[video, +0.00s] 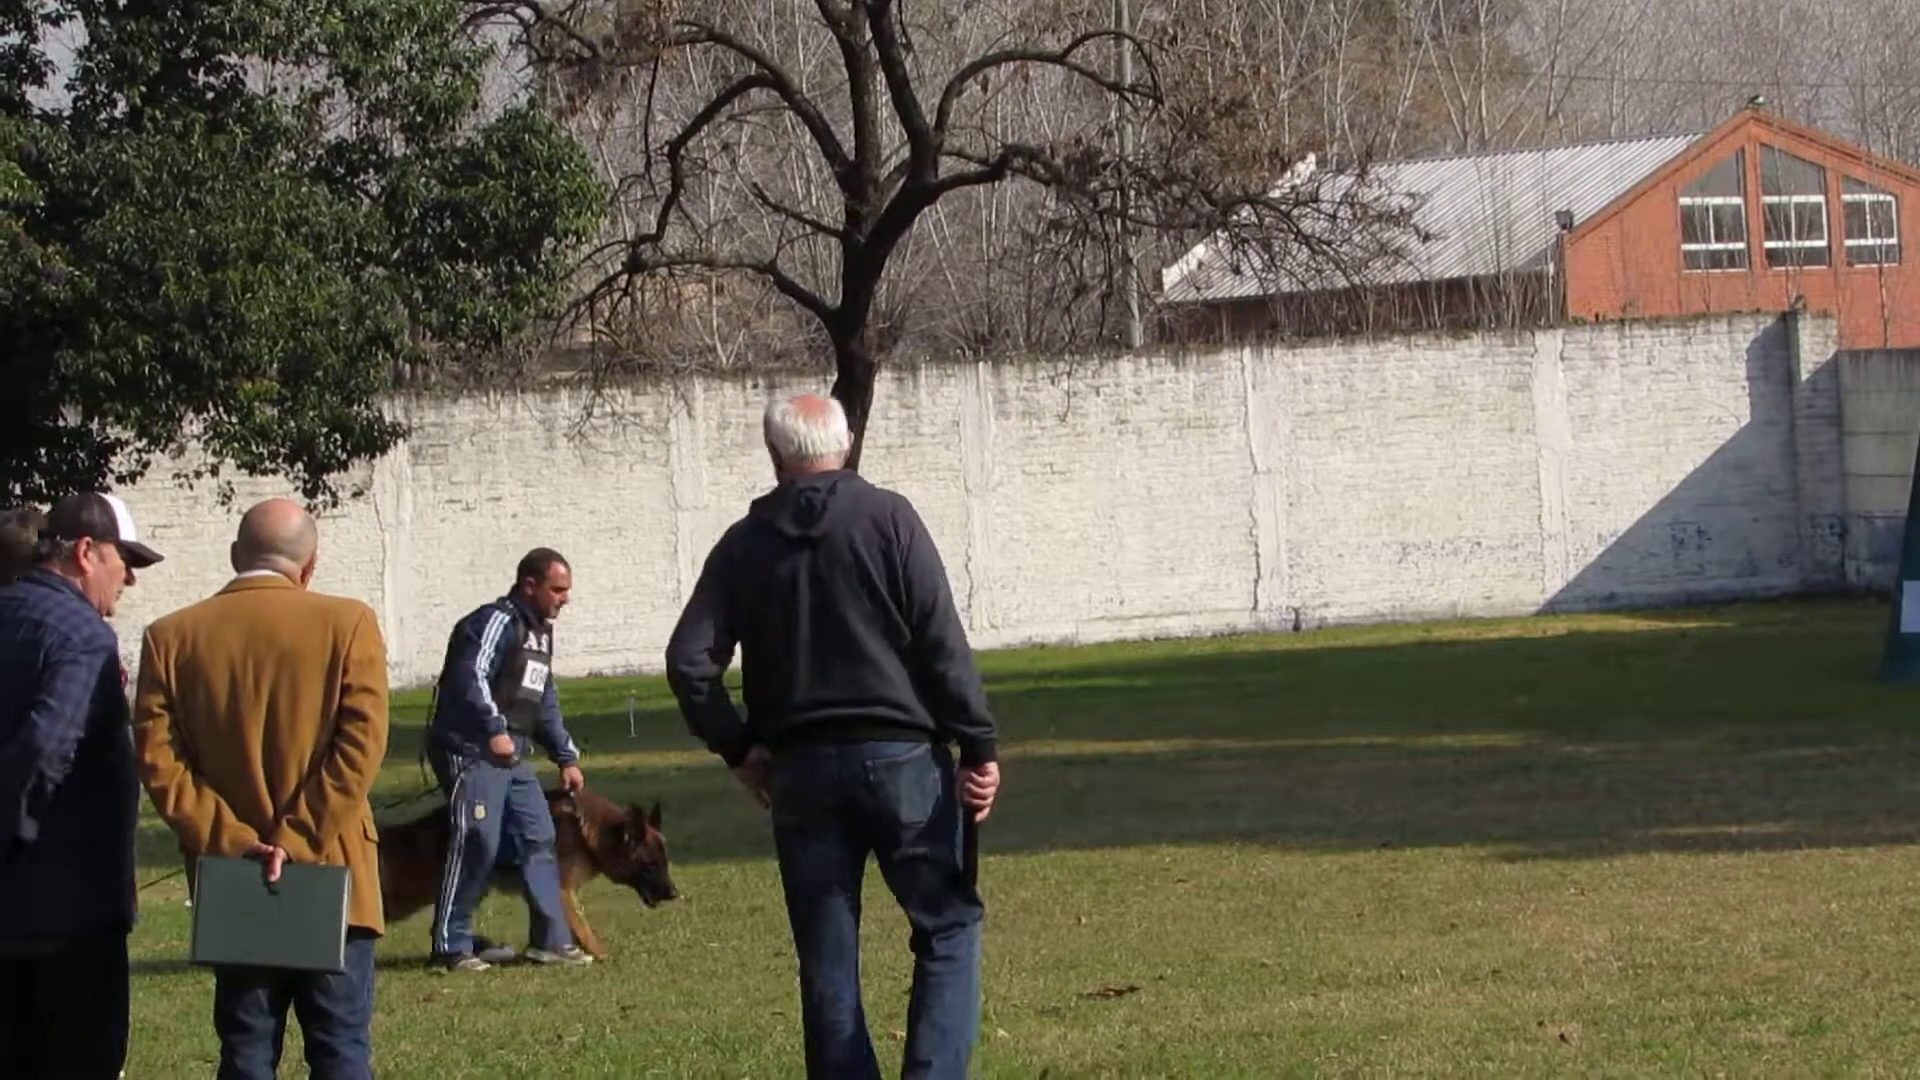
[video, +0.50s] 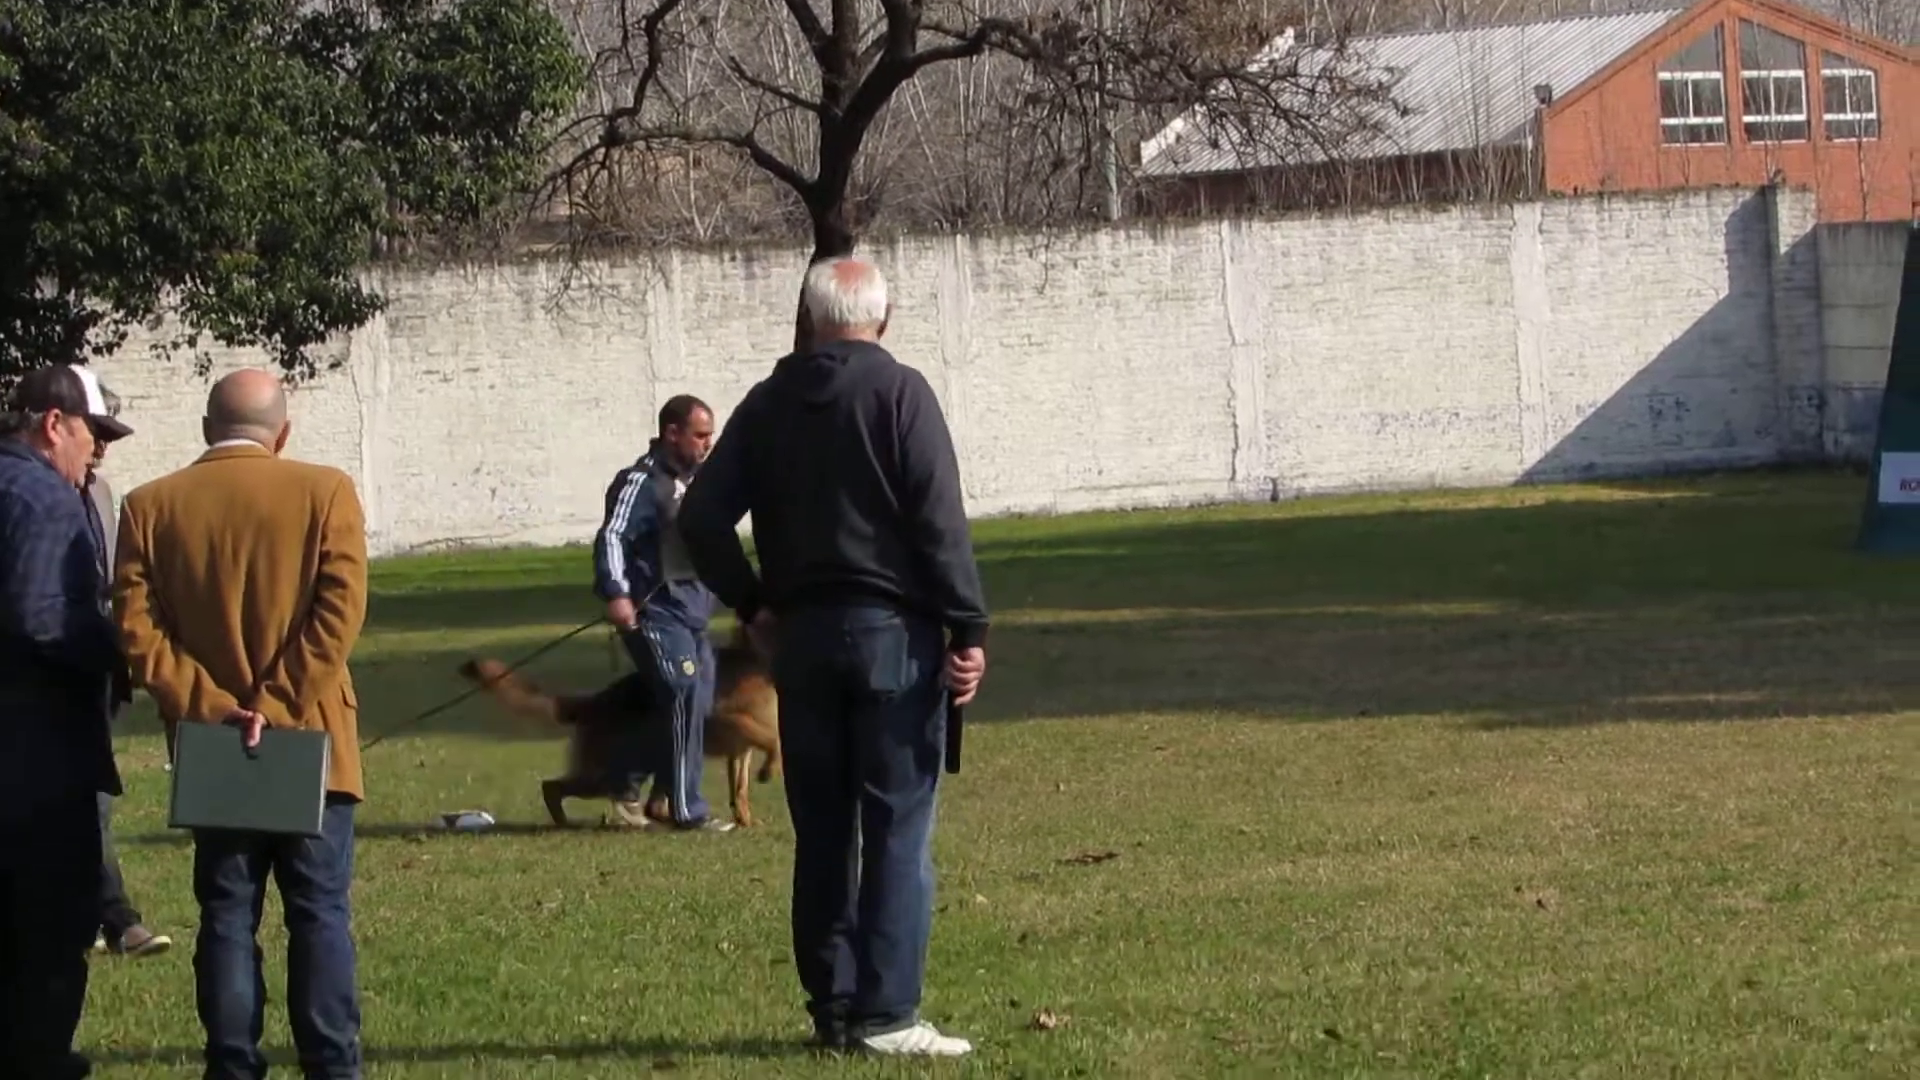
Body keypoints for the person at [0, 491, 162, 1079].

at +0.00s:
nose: (129, 580)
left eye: (131, 566)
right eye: (125, 562)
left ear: (67, 552)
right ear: (86, 553)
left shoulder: (12, 608)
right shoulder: (81, 633)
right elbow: (44, 745)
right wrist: (17, 825)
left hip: (16, 896)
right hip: (69, 901)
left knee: (24, 1051)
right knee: (84, 1058)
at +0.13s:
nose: (117, 575)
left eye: (118, 561)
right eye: (112, 558)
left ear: (61, 551)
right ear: (74, 551)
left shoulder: (13, 602)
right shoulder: (69, 623)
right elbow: (37, 724)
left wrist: (106, 688)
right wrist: (23, 830)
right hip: (62, 900)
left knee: (24, 1049)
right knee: (76, 1057)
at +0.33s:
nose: (103, 527)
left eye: (104, 513)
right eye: (97, 511)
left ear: (50, 505)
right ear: (60, 504)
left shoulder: (15, 557)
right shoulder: (55, 574)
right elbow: (31, 680)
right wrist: (87, 760)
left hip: (18, 832)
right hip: (47, 843)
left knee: (27, 1003)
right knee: (64, 1006)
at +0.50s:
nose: (98, 446)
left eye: (99, 433)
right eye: (91, 431)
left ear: (45, 428)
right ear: (53, 426)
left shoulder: (27, 489)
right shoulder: (44, 499)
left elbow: (46, 617)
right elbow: (45, 619)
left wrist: (112, 656)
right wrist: (116, 659)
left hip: (32, 751)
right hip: (43, 758)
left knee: (46, 911)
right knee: (54, 917)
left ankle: (36, 1050)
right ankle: (41, 1055)